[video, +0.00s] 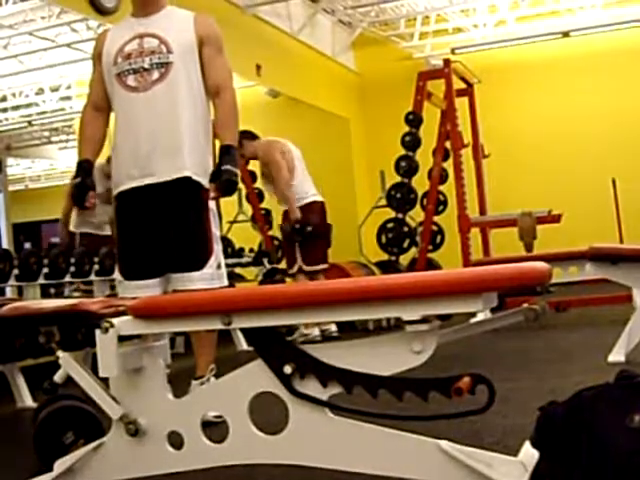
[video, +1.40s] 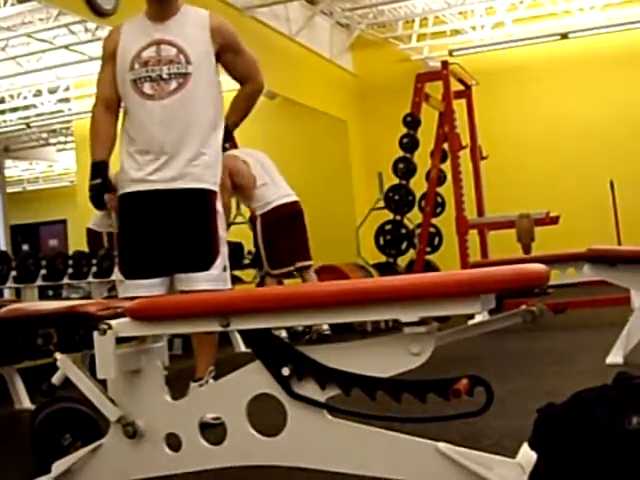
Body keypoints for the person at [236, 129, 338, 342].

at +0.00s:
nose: (244, 159)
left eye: (241, 154)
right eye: (240, 156)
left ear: (244, 144)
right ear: (250, 140)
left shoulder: (268, 149)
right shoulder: (280, 146)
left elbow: (282, 180)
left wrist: (292, 208)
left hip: (299, 208)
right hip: (314, 205)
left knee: (298, 271)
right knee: (315, 269)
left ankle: (310, 324)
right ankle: (328, 320)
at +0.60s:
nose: (247, 156)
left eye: (244, 152)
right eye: (245, 153)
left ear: (246, 143)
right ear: (259, 136)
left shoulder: (260, 148)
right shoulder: (287, 147)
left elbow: (271, 185)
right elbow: (297, 181)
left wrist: (268, 223)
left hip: (290, 212)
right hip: (312, 207)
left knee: (282, 272)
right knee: (319, 270)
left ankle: (283, 324)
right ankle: (328, 321)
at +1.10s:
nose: (225, 156)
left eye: (225, 151)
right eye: (224, 151)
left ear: (230, 144)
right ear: (238, 138)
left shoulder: (248, 156)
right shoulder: (272, 151)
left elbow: (261, 181)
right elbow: (286, 178)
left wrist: (255, 201)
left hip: (277, 212)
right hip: (299, 206)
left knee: (272, 275)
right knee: (311, 270)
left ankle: (278, 326)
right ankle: (325, 321)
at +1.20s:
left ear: (226, 147)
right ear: (240, 139)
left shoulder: (238, 161)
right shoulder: (266, 152)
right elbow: (281, 177)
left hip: (272, 211)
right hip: (295, 203)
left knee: (272, 275)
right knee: (308, 268)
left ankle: (277, 326)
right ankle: (323, 321)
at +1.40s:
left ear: (219, 146)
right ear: (233, 140)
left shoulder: (227, 160)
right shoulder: (254, 153)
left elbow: (224, 202)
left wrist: (222, 229)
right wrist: (255, 211)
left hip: (267, 211)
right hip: (291, 202)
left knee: (271, 276)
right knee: (305, 269)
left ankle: (277, 326)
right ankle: (321, 321)